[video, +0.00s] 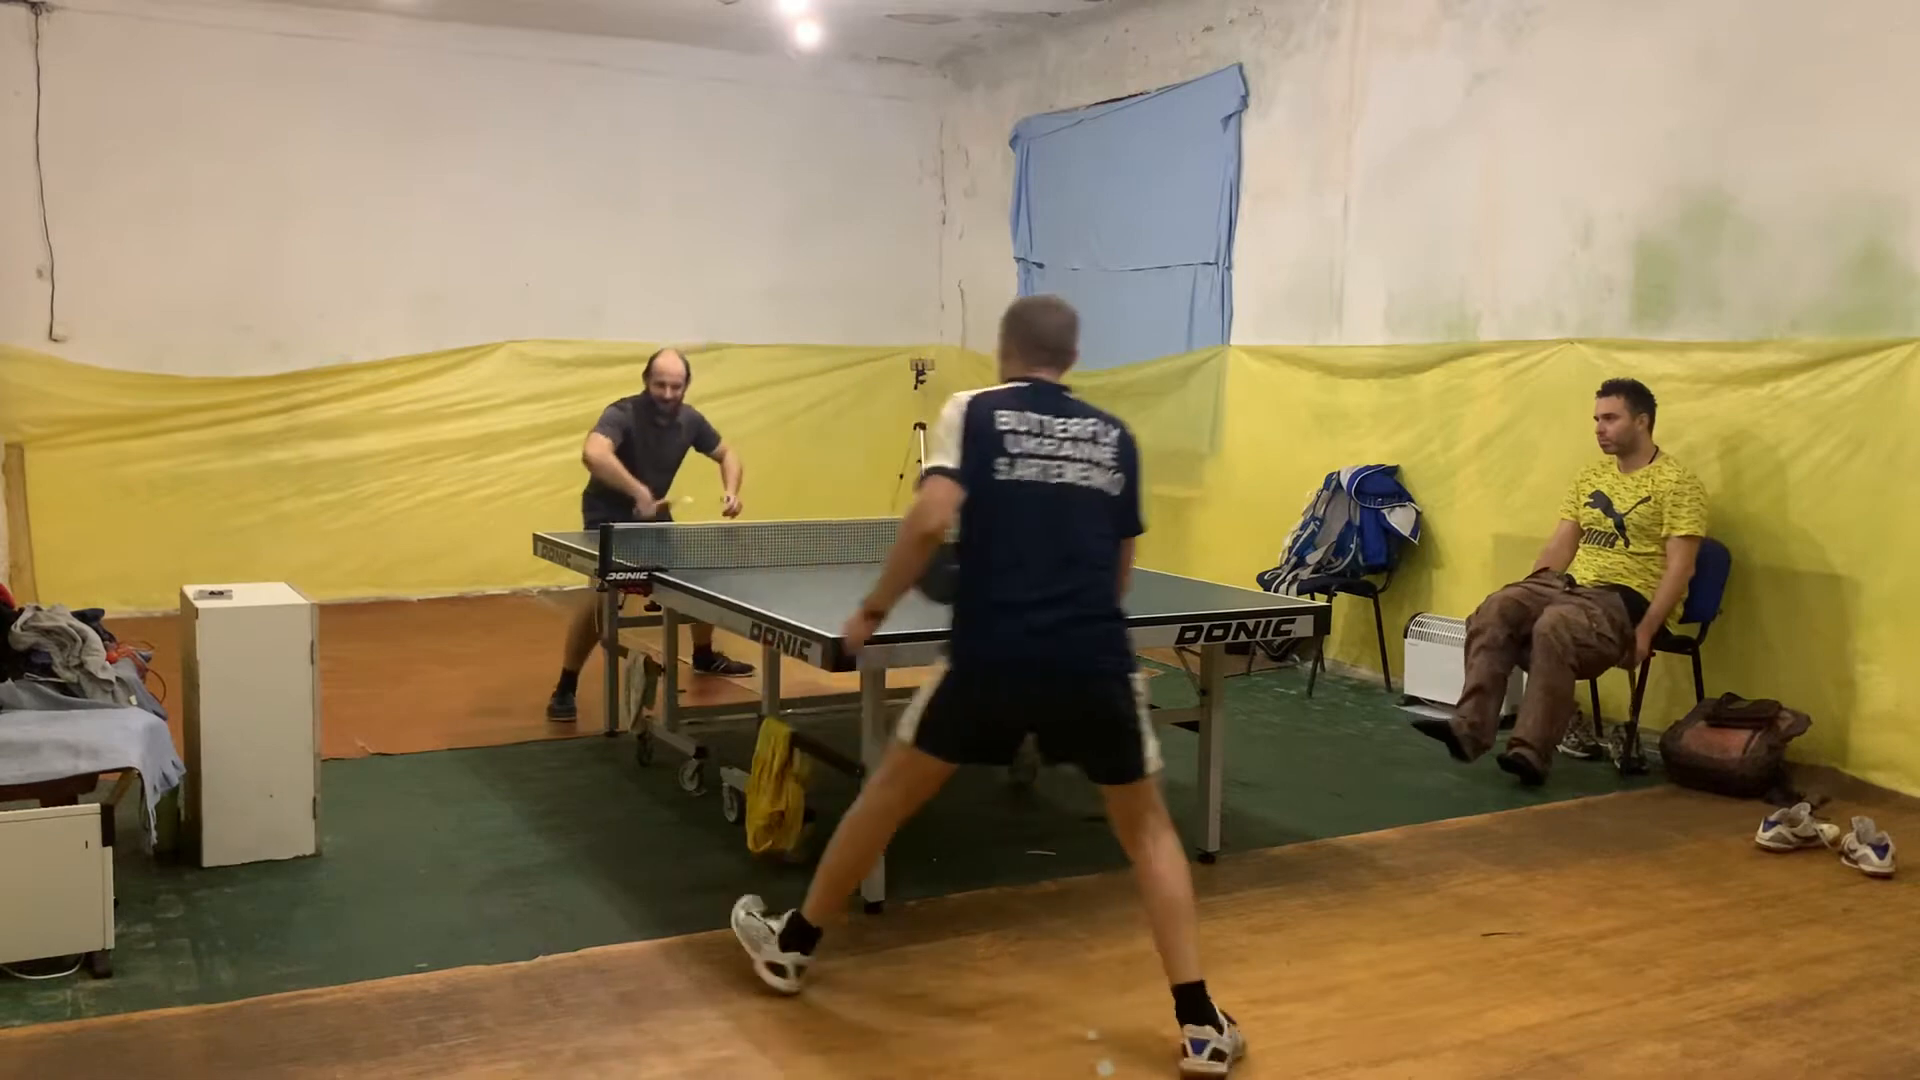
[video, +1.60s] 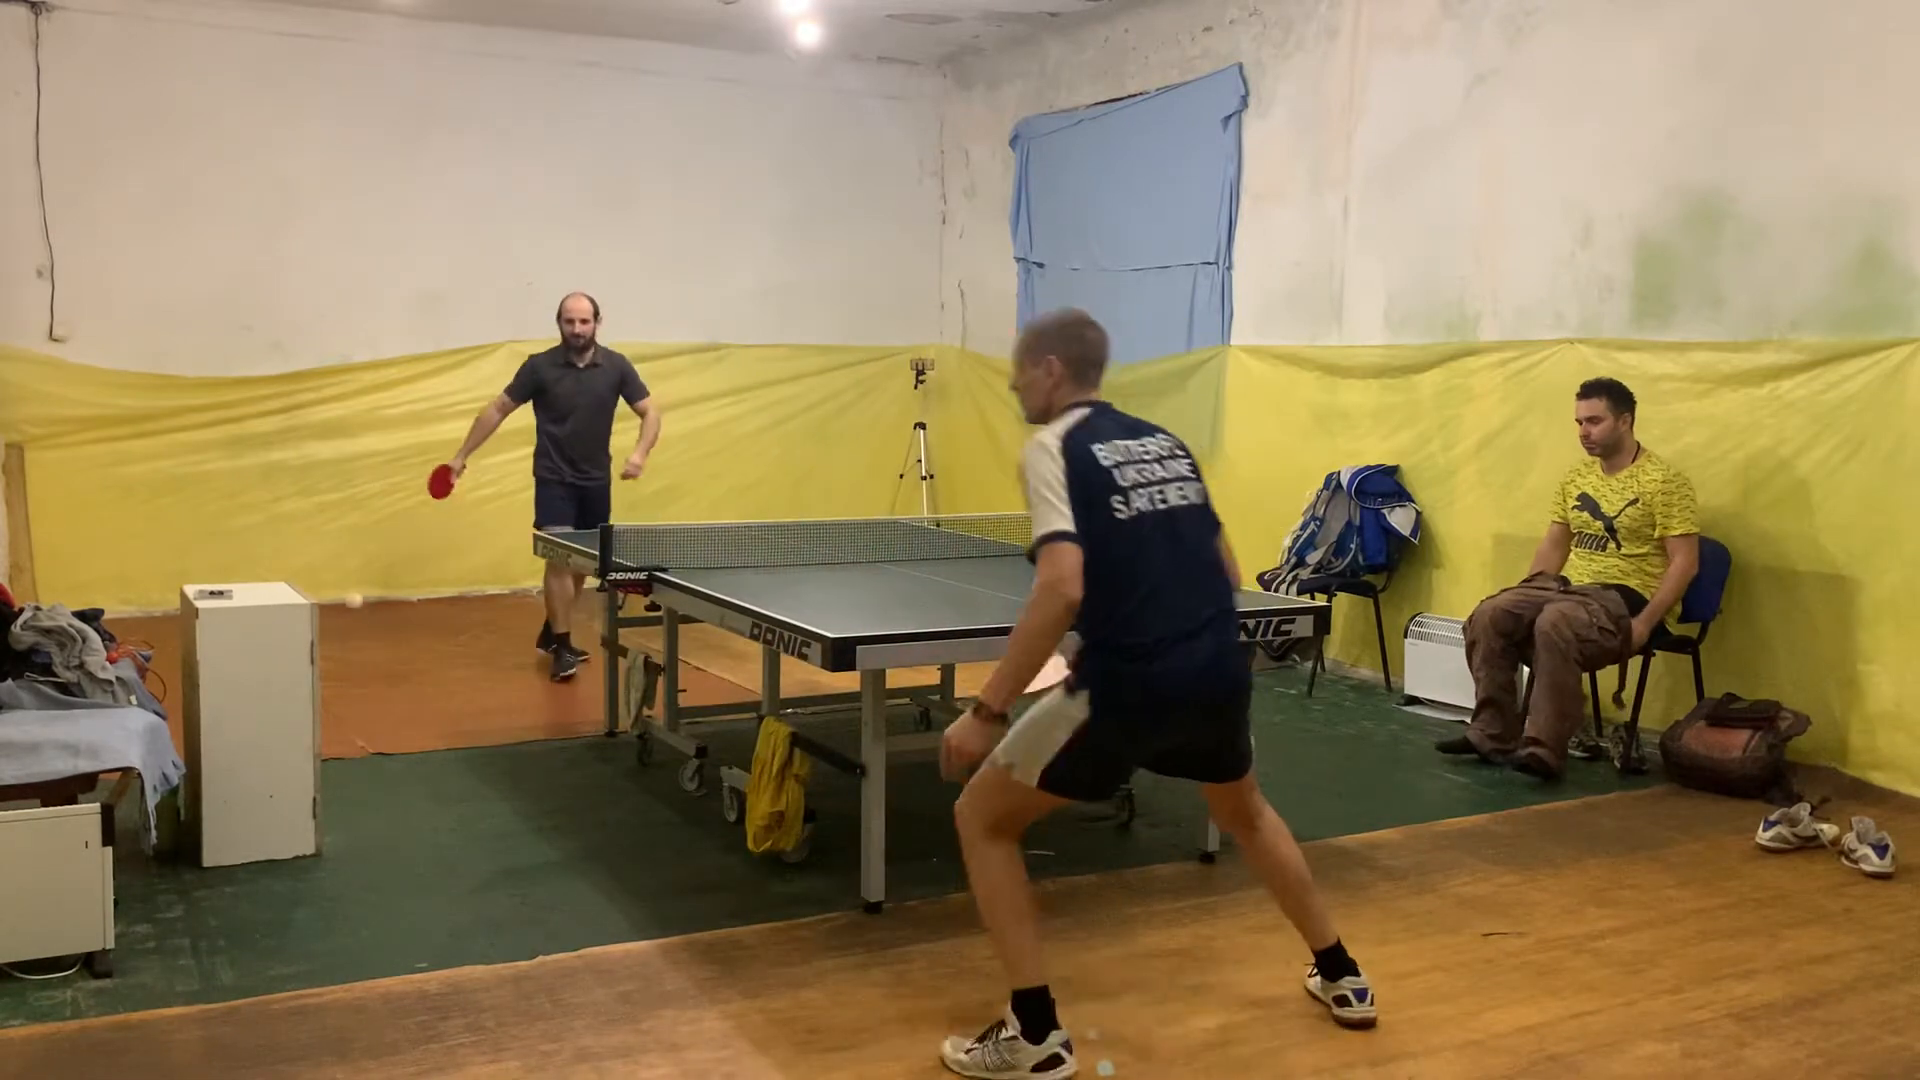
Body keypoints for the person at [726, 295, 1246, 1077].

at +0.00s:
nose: (1005, 363)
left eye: (1003, 351)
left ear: (1003, 355)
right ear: (1073, 362)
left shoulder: (970, 410)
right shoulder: (1115, 434)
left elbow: (931, 519)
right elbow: (1120, 570)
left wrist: (870, 612)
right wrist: (1080, 628)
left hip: (991, 665)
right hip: (1093, 672)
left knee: (888, 799)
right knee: (1147, 828)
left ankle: (794, 943)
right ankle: (1201, 1019)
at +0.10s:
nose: (1030, 343)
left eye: (1032, 332)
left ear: (1038, 335)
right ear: (1108, 344)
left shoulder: (1008, 397)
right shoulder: (1155, 414)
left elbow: (966, 513)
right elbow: (1173, 560)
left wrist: (930, 597)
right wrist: (1108, 585)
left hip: (1038, 643)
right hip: (1141, 644)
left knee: (933, 792)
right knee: (1191, 790)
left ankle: (865, 973)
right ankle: (1224, 977)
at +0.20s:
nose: (1066, 348)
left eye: (1067, 337)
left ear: (1073, 342)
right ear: (1143, 351)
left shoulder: (1036, 404)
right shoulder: (1190, 419)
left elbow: (992, 527)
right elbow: (1213, 560)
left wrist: (975, 602)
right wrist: (1151, 592)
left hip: (1071, 643)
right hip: (1175, 643)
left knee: (981, 802)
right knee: (1236, 797)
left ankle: (956, 1004)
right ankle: (1321, 986)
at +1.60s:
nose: (1016, 392)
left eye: (1020, 378)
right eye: (1016, 378)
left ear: (1050, 373)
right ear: (1088, 375)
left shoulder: (1052, 447)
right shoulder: (1163, 441)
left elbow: (1062, 587)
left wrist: (988, 711)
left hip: (1119, 685)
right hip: (1216, 672)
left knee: (983, 817)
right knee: (1248, 812)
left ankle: (1033, 1028)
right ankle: (1340, 972)